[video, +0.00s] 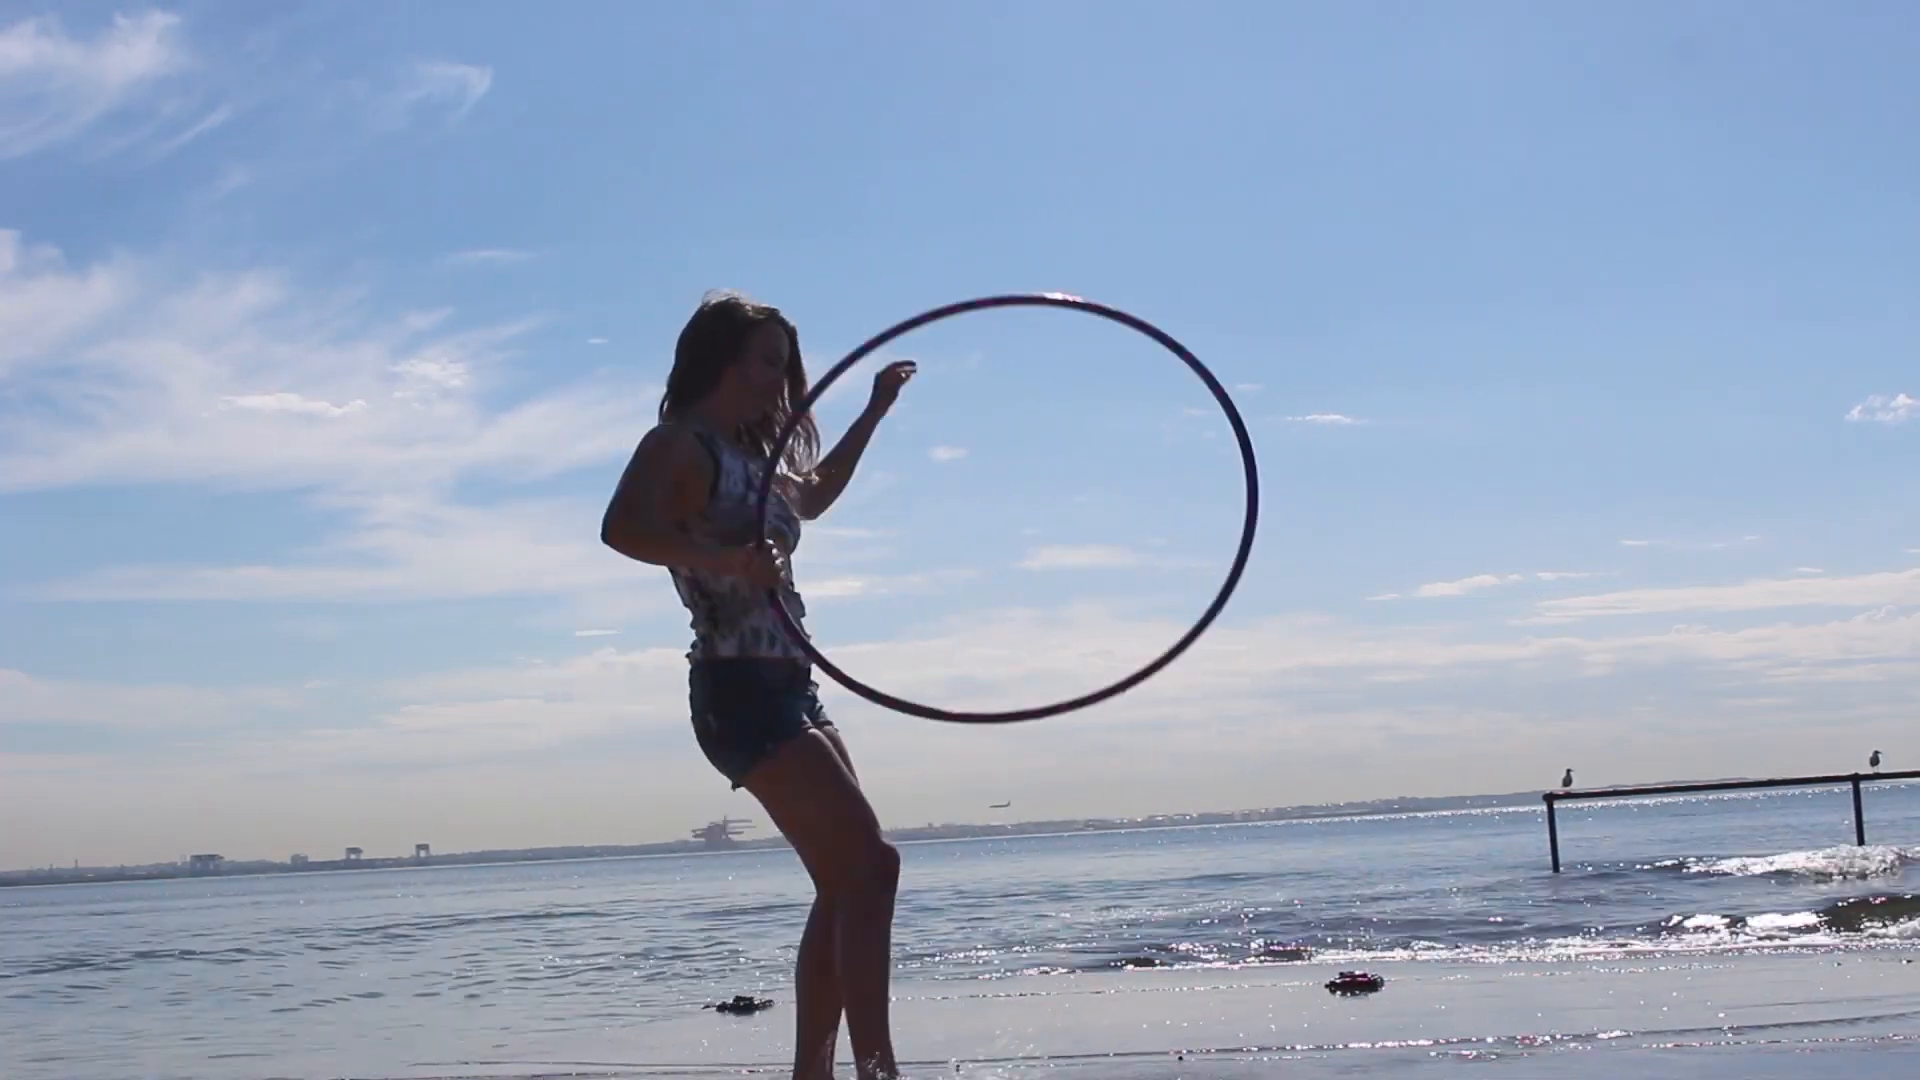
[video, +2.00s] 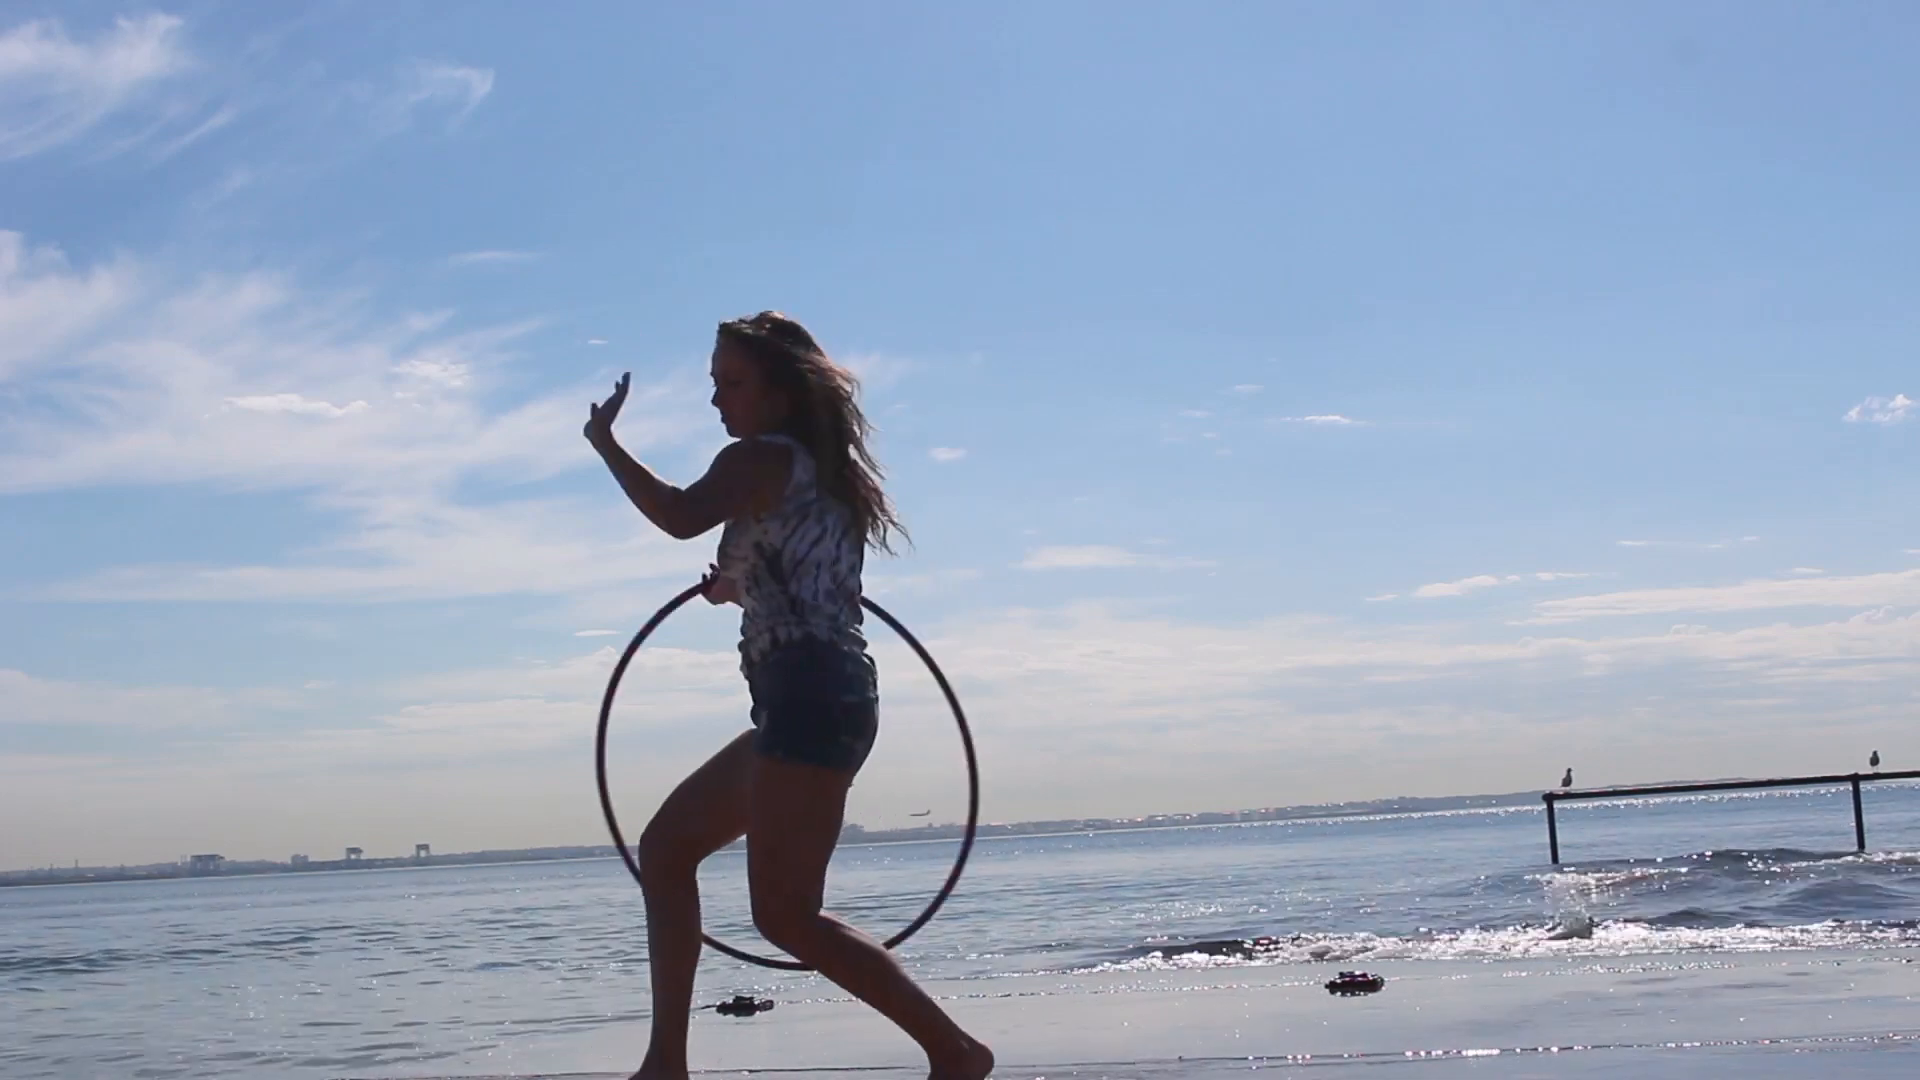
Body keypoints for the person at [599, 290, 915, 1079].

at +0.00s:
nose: (781, 379)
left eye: (785, 366)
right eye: (770, 363)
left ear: (774, 371)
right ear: (724, 362)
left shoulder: (756, 450)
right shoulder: (678, 441)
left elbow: (814, 495)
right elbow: (623, 527)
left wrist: (874, 412)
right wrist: (723, 559)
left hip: (786, 685)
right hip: (744, 690)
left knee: (843, 880)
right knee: (870, 867)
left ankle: (811, 1070)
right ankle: (878, 1066)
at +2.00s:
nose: (716, 396)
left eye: (728, 382)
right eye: (716, 382)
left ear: (778, 386)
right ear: (776, 389)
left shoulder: (764, 458)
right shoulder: (824, 467)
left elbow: (680, 516)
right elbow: (833, 583)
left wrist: (606, 443)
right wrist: (743, 583)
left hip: (811, 710)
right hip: (815, 706)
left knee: (785, 915)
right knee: (665, 851)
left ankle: (956, 1054)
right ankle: (665, 1062)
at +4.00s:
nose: (951, 356)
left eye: (957, 341)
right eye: (943, 337)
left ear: (939, 331)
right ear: (899, 322)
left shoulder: (911, 392)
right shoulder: (831, 380)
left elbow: (970, 269)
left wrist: (906, 258)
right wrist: (993, 468)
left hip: (937, 646)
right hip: (855, 653)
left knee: (961, 867)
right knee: (954, 859)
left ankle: (939, 1069)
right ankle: (873, 1064)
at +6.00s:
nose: (560, 321)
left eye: (576, 311)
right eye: (566, 307)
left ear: (607, 329)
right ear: (617, 333)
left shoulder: (614, 402)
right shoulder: (603, 402)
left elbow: (686, 483)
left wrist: (616, 453)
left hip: (649, 651)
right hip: (660, 646)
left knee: (632, 884)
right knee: (597, 864)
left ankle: (623, 1072)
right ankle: (684, 1063)